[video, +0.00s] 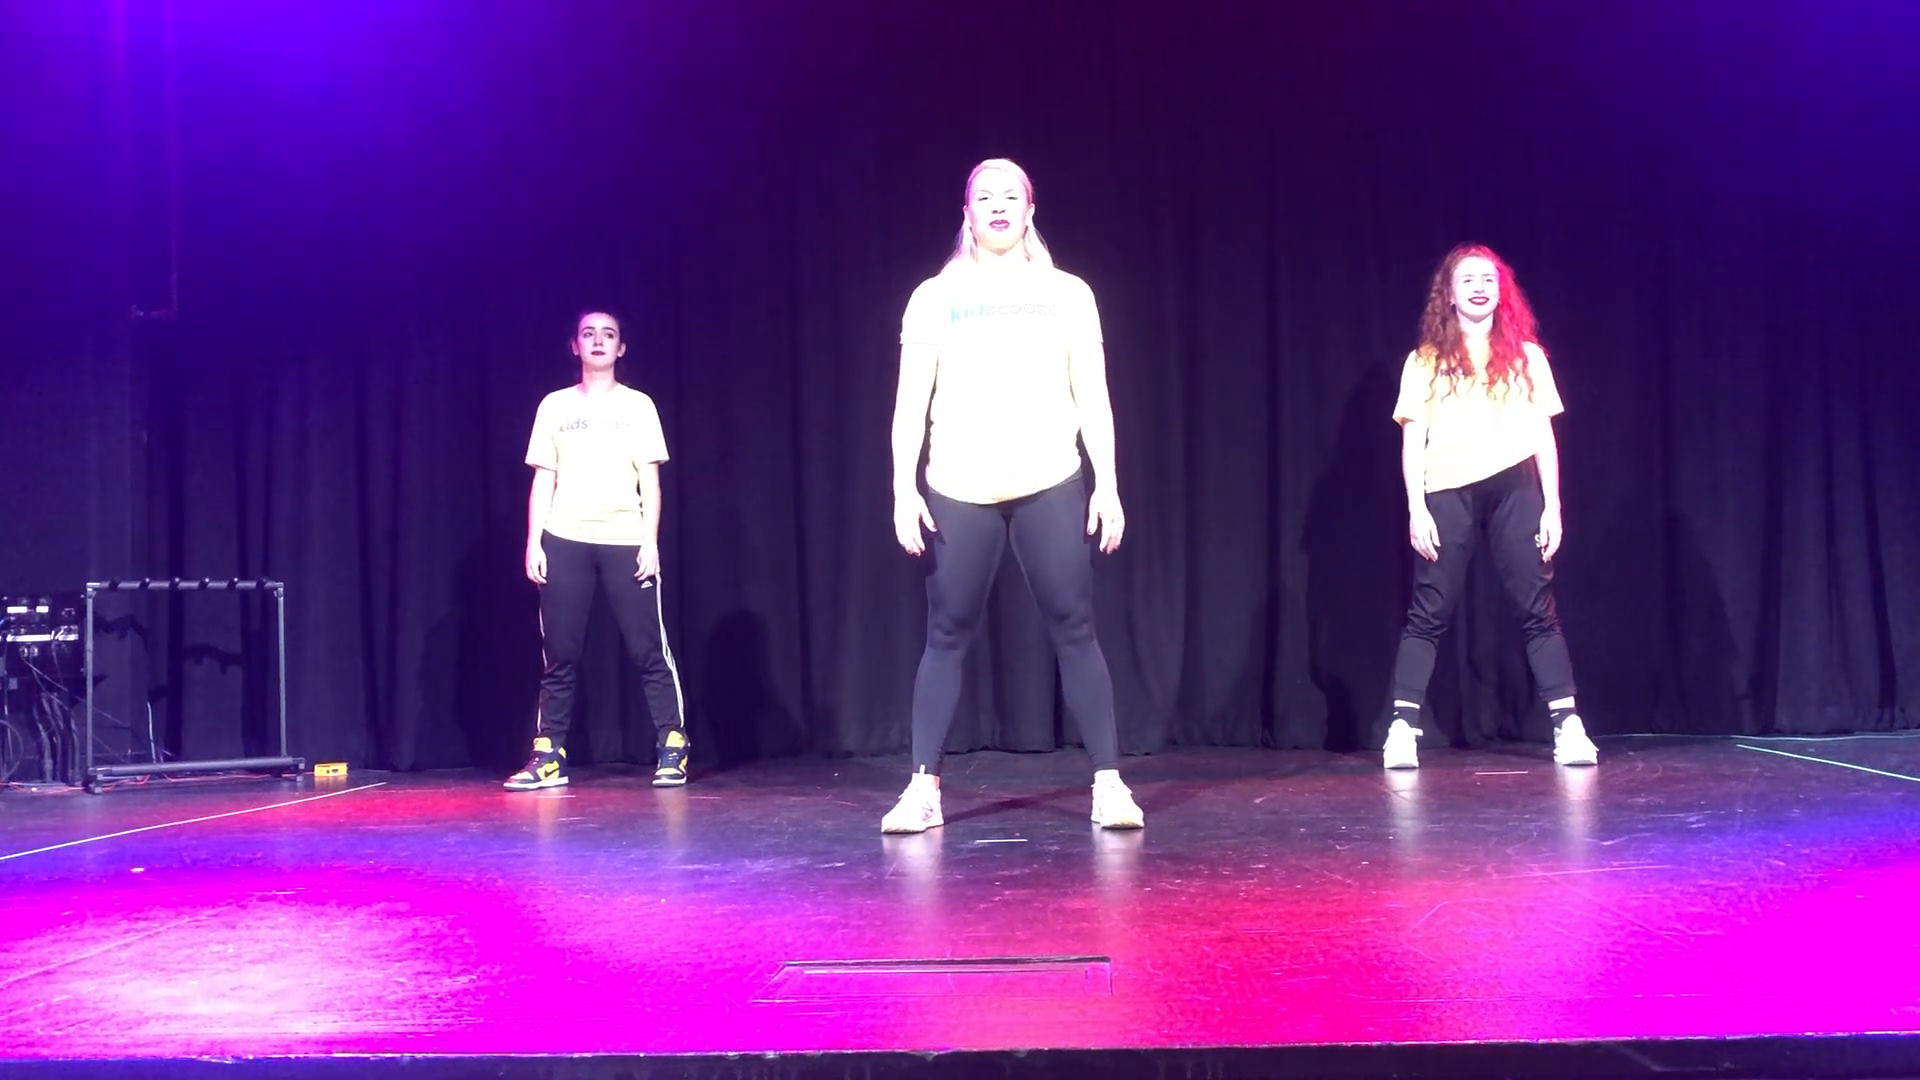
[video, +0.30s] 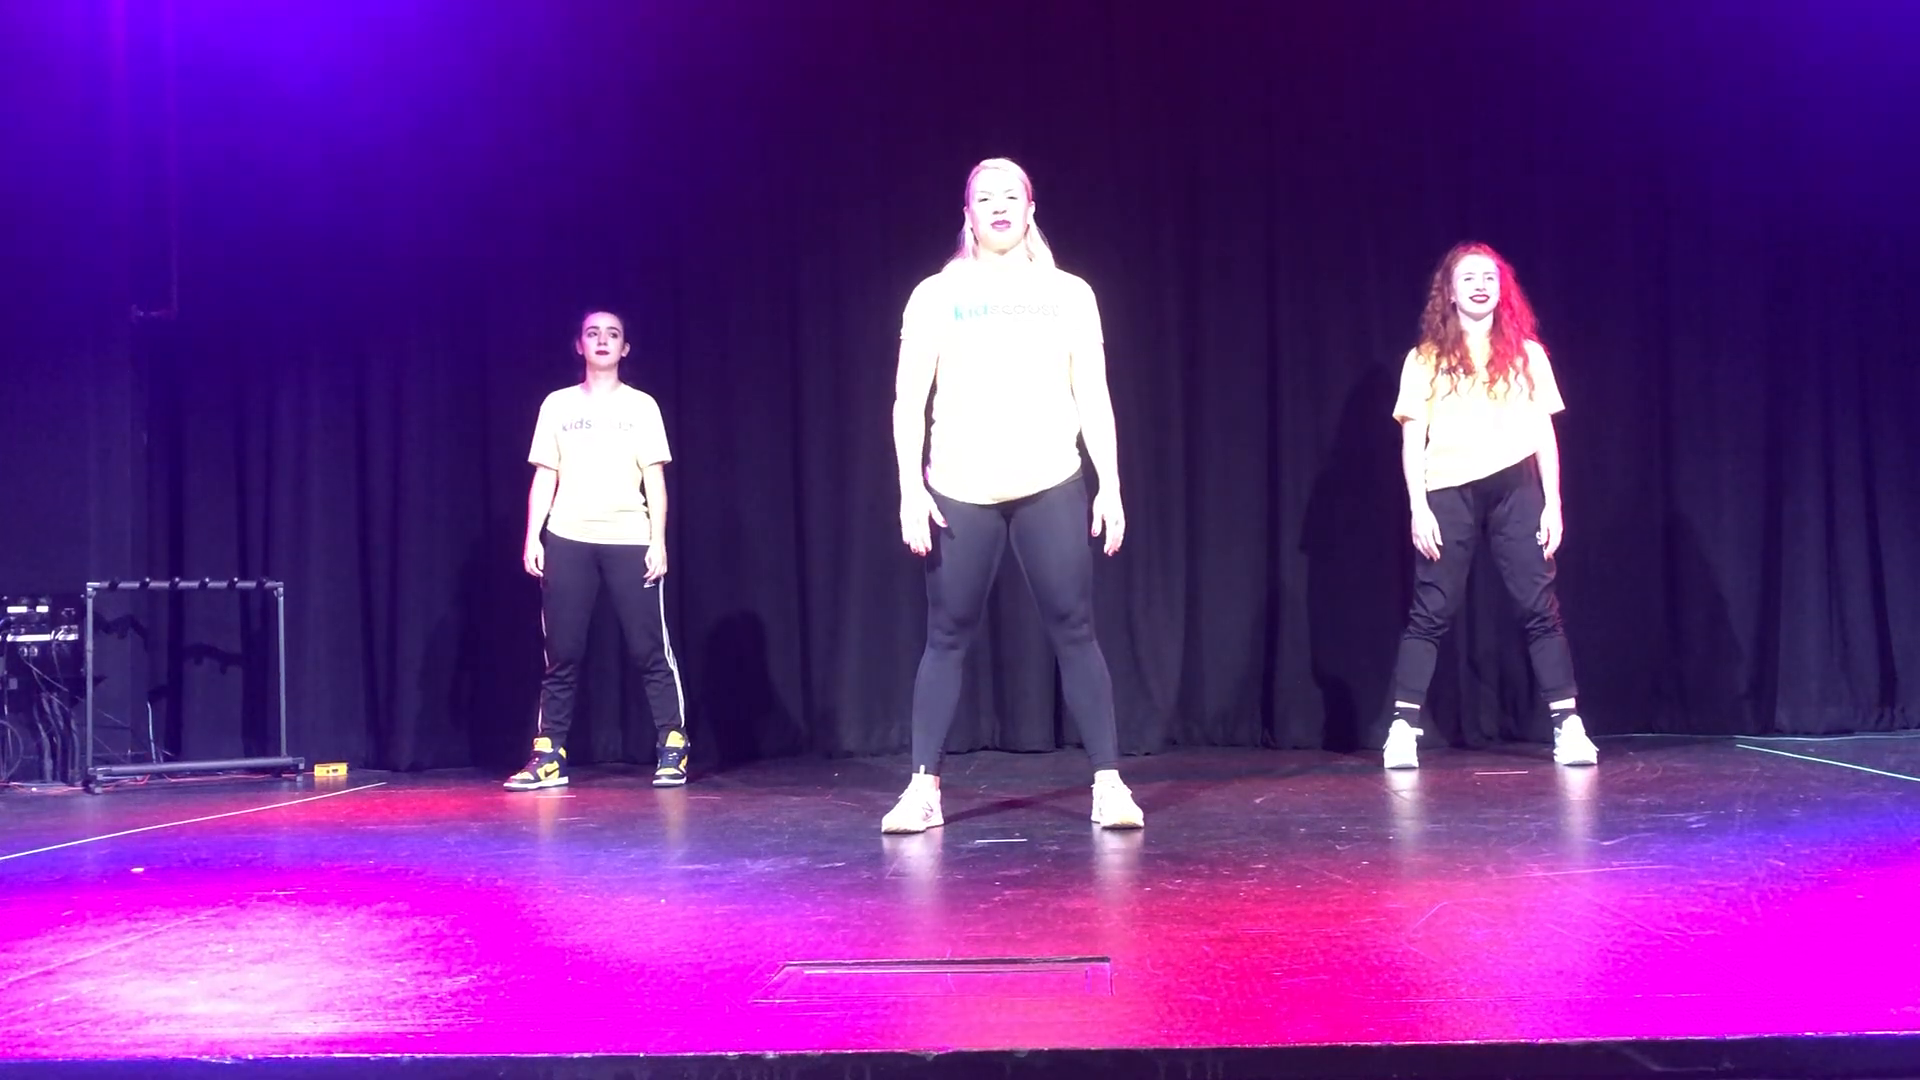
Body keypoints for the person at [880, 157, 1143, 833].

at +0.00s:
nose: (999, 209)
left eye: (1010, 199)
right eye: (987, 199)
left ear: (1030, 209)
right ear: (967, 210)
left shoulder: (1070, 294)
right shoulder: (932, 299)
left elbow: (1092, 394)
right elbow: (911, 402)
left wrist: (1106, 483)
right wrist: (904, 488)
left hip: (1050, 482)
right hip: (961, 486)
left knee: (1074, 624)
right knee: (947, 629)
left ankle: (1108, 780)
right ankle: (924, 783)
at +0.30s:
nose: (1000, 209)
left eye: (1011, 198)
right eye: (988, 199)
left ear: (1031, 208)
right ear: (968, 210)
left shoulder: (1071, 294)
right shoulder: (933, 297)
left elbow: (1093, 394)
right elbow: (910, 400)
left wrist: (1109, 484)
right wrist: (911, 488)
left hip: (1051, 482)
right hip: (962, 486)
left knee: (1074, 626)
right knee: (947, 630)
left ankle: (1108, 780)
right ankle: (924, 783)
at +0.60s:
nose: (950, 197)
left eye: (966, 186)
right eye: (949, 188)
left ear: (1009, 197)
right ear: (948, 204)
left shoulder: (1062, 276)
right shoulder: (933, 288)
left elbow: (1088, 382)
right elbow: (849, 350)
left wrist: (1105, 475)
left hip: (1044, 475)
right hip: (957, 482)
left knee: (1073, 621)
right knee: (948, 626)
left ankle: (1110, 779)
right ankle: (924, 783)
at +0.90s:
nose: (883, 264)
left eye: (898, 251)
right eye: (887, 253)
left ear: (942, 263)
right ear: (914, 266)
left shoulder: (994, 335)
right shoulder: (904, 348)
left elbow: (1031, 437)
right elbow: (830, 393)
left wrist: (1059, 534)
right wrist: (862, 319)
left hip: (1009, 518)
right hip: (941, 526)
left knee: (1028, 654)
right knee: (892, 638)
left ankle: (1141, 767)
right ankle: (915, 791)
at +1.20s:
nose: (848, 259)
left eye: (861, 247)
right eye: (850, 248)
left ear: (903, 255)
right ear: (876, 260)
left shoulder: (956, 317)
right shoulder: (881, 340)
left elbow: (1002, 409)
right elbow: (813, 394)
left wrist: (1027, 503)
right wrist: (833, 315)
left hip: (1017, 490)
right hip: (952, 506)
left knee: (1049, 634)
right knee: (911, 629)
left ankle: (1144, 768)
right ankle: (917, 788)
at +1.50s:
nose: (860, 268)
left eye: (873, 254)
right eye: (862, 257)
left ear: (915, 260)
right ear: (884, 268)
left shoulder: (984, 321)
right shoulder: (884, 355)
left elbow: (1045, 403)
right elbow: (815, 415)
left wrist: (1048, 484)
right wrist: (846, 330)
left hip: (1024, 502)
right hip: (948, 514)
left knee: (1062, 636)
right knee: (903, 633)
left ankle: (1142, 771)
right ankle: (916, 790)